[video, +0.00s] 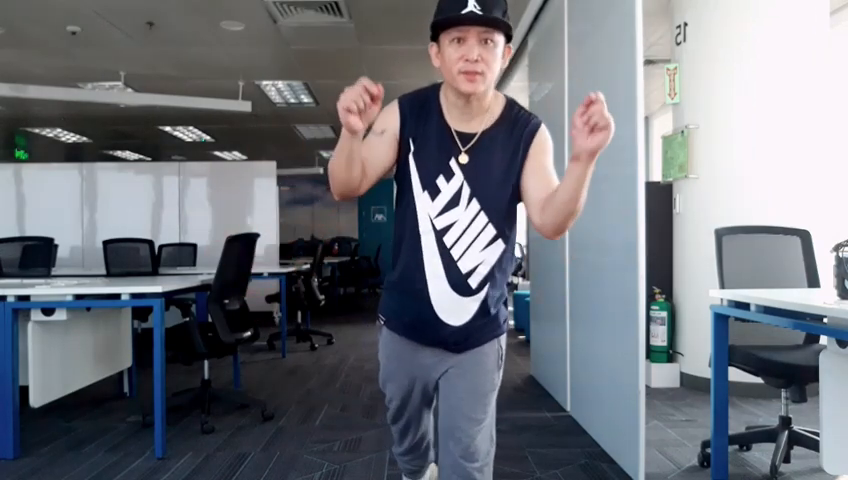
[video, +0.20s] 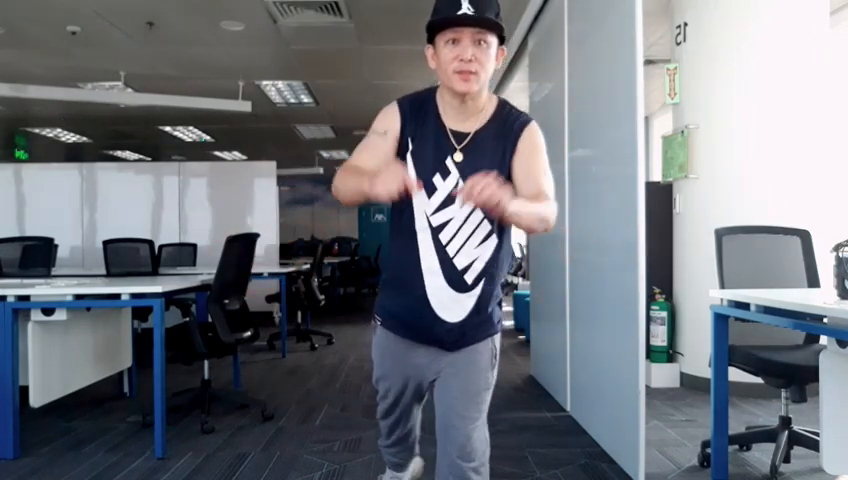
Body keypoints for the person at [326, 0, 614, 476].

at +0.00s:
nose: (473, 54)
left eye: (487, 42)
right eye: (458, 41)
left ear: (505, 55)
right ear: (435, 54)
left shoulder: (527, 132)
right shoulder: (404, 113)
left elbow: (550, 223)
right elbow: (344, 186)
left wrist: (583, 159)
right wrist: (351, 131)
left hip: (479, 331)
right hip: (407, 325)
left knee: (468, 463)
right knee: (406, 441)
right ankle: (414, 470)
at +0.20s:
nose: (467, 54)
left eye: (480, 43)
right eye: (453, 42)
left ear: (498, 57)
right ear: (431, 57)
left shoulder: (521, 131)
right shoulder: (400, 116)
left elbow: (544, 214)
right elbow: (342, 185)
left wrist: (508, 206)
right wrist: (375, 181)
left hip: (474, 329)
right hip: (401, 322)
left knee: (465, 453)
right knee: (394, 422)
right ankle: (400, 468)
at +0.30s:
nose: (459, 64)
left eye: (471, 53)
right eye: (447, 52)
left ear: (490, 66)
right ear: (425, 65)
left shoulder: (508, 138)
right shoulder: (394, 126)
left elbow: (533, 216)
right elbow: (346, 193)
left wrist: (517, 244)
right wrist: (355, 224)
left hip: (465, 330)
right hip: (395, 324)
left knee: (460, 456)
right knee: (388, 433)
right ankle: (393, 472)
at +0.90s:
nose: (460, 93)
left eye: (472, 81)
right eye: (446, 80)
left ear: (489, 90)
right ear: (422, 89)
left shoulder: (506, 159)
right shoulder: (391, 154)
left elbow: (533, 237)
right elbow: (351, 227)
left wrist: (562, 308)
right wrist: (309, 295)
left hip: (470, 346)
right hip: (397, 343)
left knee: (463, 464)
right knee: (387, 447)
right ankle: (394, 474)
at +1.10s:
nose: (471, 72)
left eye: (484, 59)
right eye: (457, 59)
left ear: (501, 69)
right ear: (433, 68)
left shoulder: (527, 144)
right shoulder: (401, 132)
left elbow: (568, 221)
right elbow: (350, 201)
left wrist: (610, 289)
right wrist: (319, 256)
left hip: (479, 340)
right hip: (405, 332)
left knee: (464, 463)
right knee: (380, 432)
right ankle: (391, 470)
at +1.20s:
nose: (472, 62)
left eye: (485, 48)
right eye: (458, 48)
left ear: (506, 56)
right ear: (435, 59)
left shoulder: (538, 128)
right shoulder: (409, 114)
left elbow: (574, 199)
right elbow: (356, 172)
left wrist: (613, 227)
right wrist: (329, 202)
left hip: (489, 337)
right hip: (411, 325)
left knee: (469, 468)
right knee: (372, 456)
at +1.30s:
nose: (478, 50)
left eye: (492, 35)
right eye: (463, 37)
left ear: (512, 44)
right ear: (441, 48)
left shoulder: (546, 117)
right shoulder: (415, 110)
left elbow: (589, 189)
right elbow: (360, 174)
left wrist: (568, 190)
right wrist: (307, 209)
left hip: (496, 337)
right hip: (416, 324)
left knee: (475, 470)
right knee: (370, 460)